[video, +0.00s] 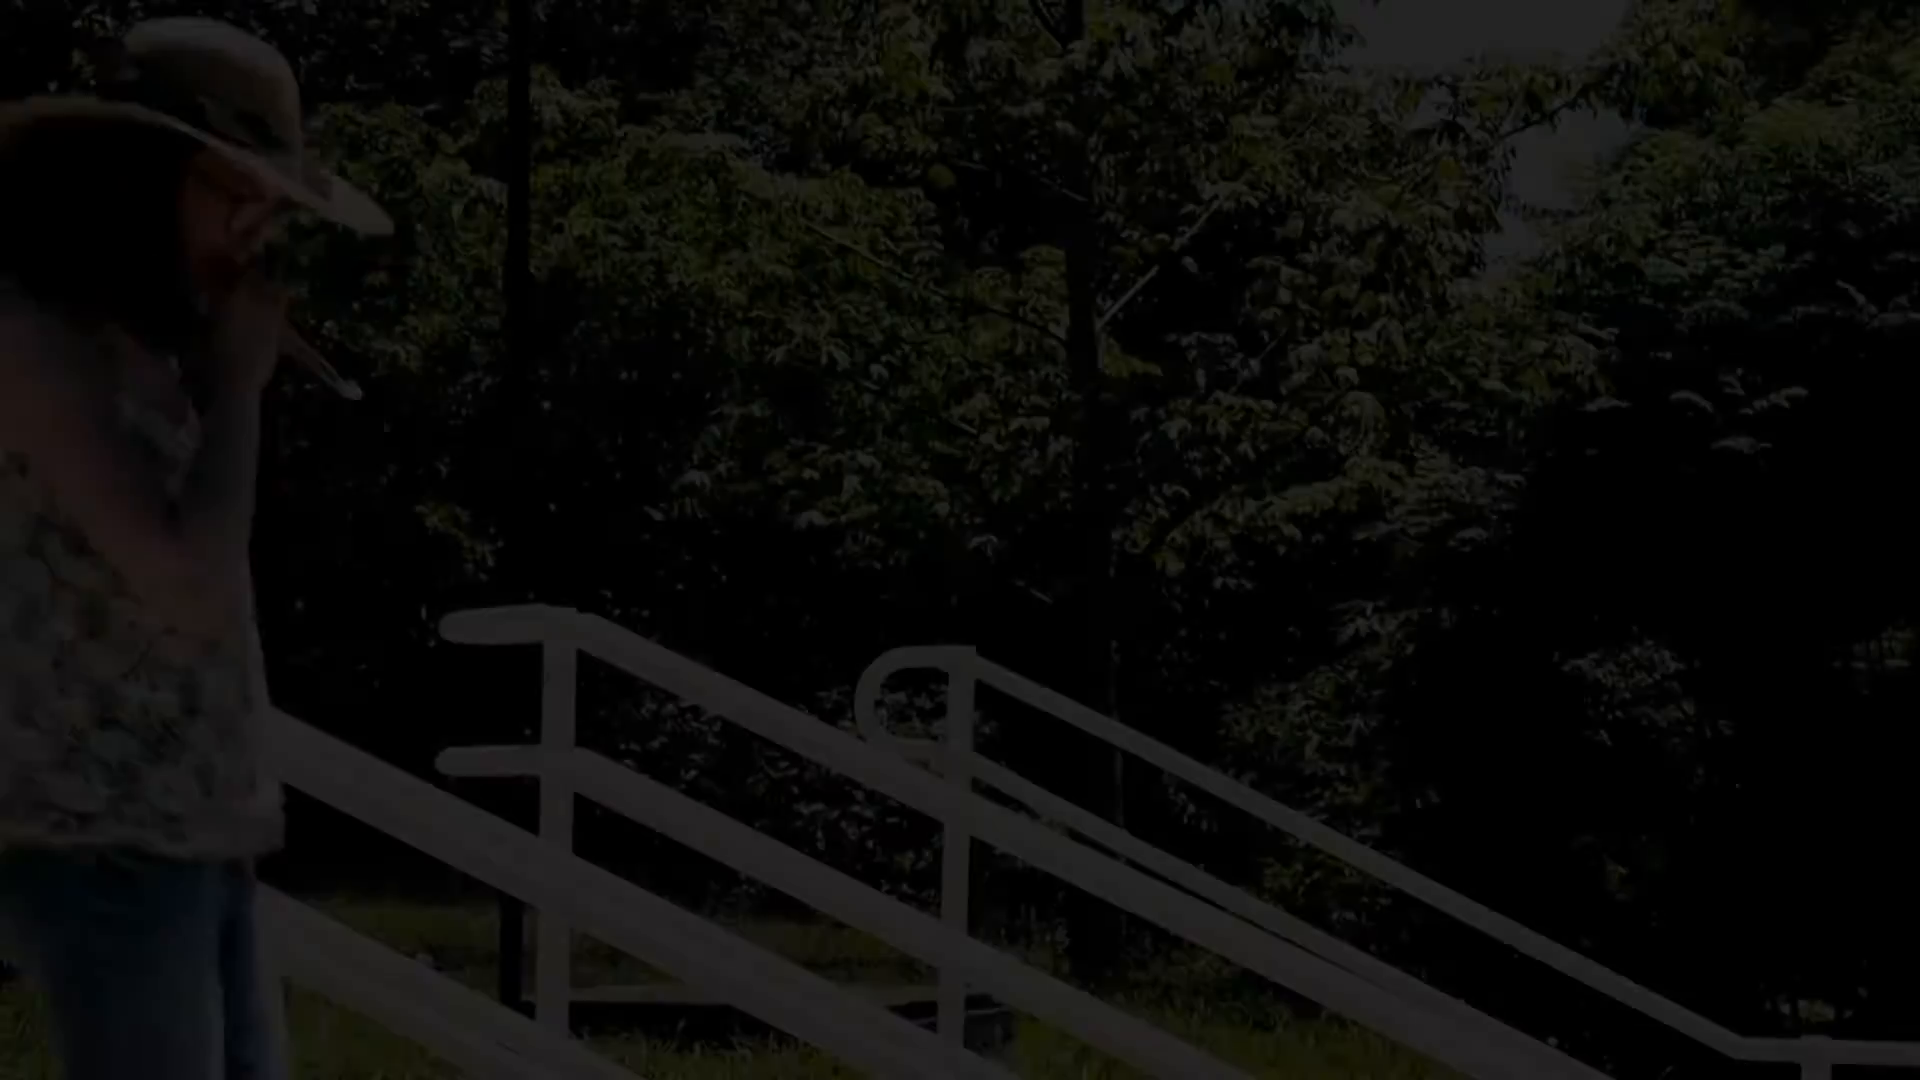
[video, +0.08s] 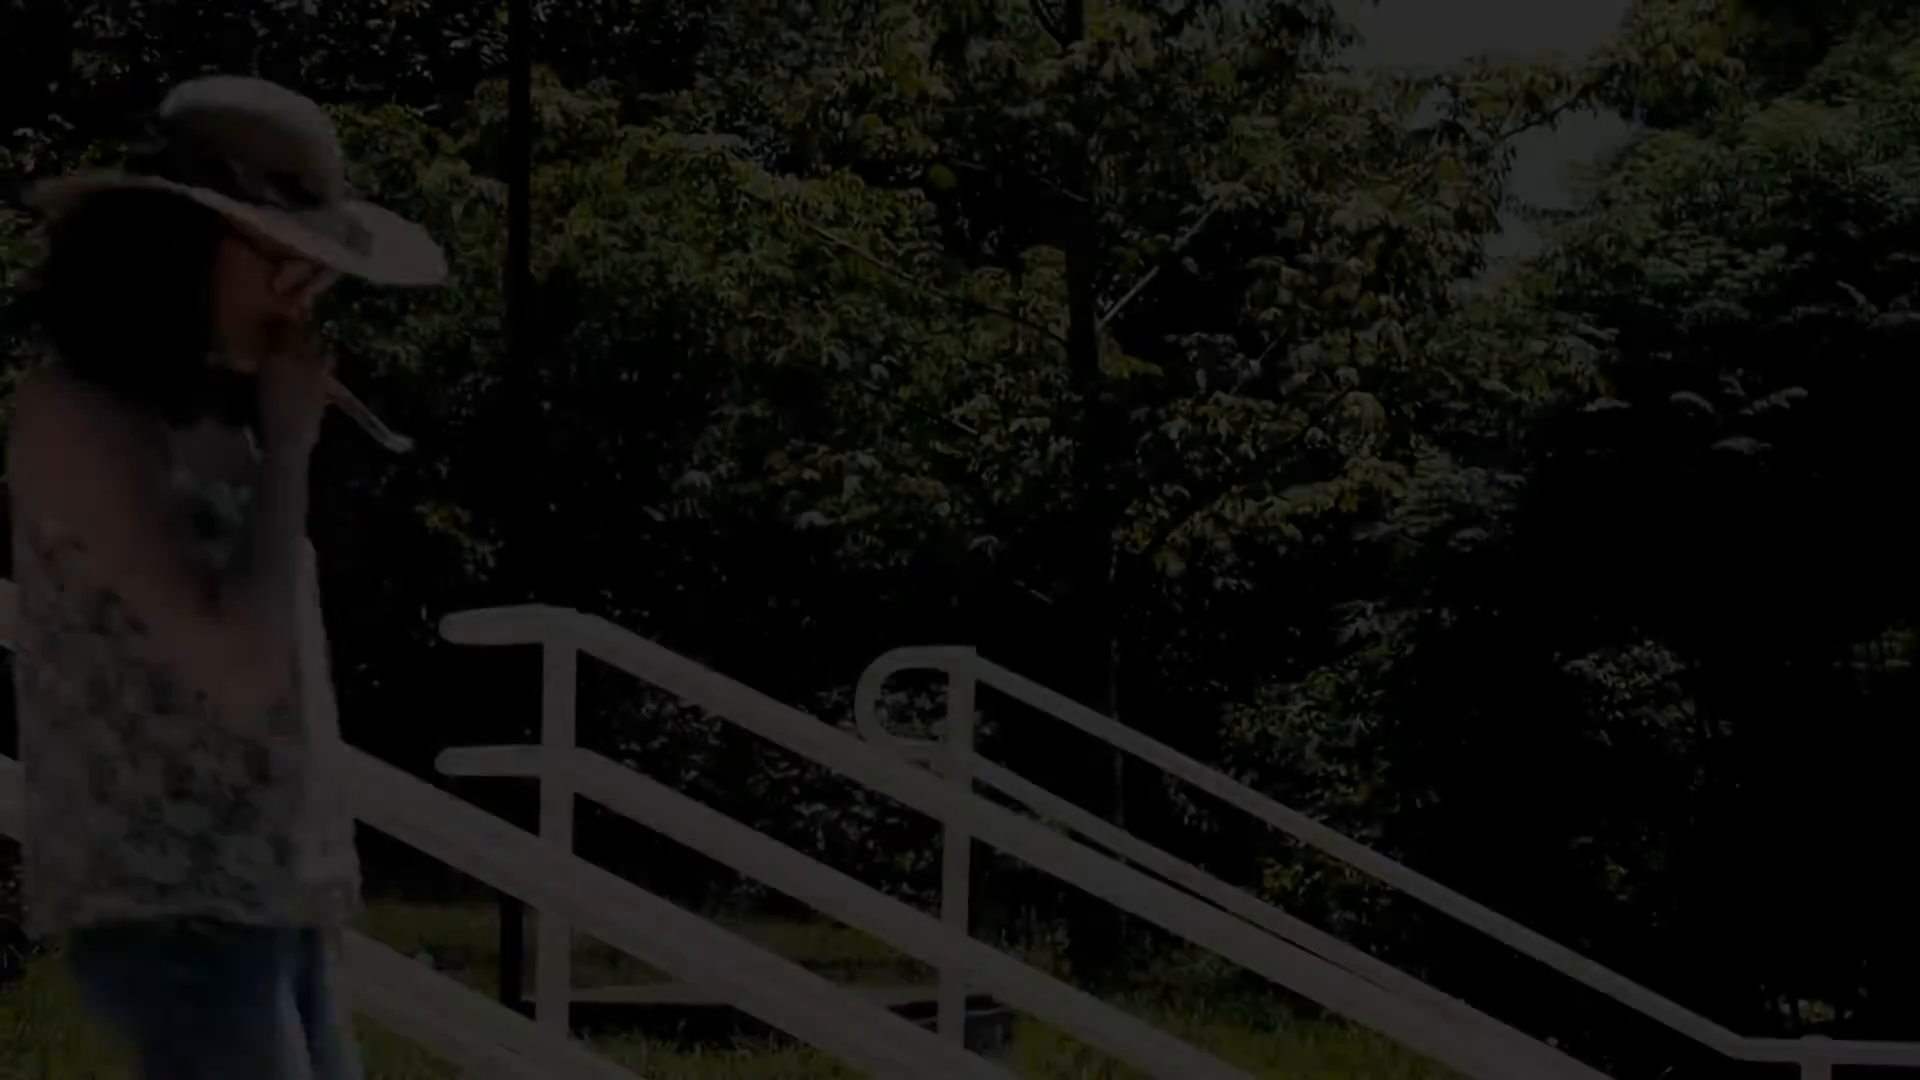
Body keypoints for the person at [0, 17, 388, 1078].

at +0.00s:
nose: (250, 234)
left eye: (264, 209)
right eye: (230, 196)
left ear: (259, 213)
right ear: (148, 183)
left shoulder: (163, 347)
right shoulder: (44, 337)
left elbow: (196, 594)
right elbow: (190, 587)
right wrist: (239, 372)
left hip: (195, 843)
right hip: (107, 851)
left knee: (239, 1059)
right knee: (159, 1063)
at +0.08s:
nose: (298, 298)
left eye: (313, 272)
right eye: (274, 260)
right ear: (181, 249)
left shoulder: (221, 418)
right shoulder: (76, 418)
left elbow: (265, 668)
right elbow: (244, 668)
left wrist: (303, 882)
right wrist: (288, 443)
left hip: (272, 901)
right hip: (175, 917)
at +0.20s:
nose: (370, 335)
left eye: (377, 306)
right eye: (341, 302)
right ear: (246, 298)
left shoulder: (321, 471)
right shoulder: (145, 468)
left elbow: (391, 711)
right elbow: (303, 708)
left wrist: (474, 919)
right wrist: (361, 481)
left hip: (365, 941)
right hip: (254, 956)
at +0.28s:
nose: (418, 315)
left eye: (430, 286)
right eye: (386, 284)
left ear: (441, 292)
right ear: (292, 283)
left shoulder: (380, 448)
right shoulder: (193, 457)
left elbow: (471, 686)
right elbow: (336, 693)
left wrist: (591, 893)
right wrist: (403, 441)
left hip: (416, 938)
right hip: (313, 951)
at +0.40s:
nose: (472, 309)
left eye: (486, 277)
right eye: (434, 280)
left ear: (507, 278)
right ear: (345, 281)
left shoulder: (498, 436)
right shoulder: (261, 454)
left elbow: (591, 672)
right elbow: (381, 695)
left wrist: (725, 853)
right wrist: (446, 449)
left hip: (526, 938)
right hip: (391, 958)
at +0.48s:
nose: (521, 341)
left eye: (535, 308)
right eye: (482, 313)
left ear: (550, 313)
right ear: (391, 317)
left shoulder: (558, 470)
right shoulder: (308, 501)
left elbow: (681, 701)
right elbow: (422, 751)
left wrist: (817, 865)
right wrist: (479, 498)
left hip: (591, 991)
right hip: (441, 1011)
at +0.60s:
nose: (586, 445)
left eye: (604, 414)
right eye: (549, 414)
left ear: (622, 411)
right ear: (462, 413)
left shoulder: (649, 550)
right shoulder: (382, 597)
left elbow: (800, 772)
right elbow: (482, 857)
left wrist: (942, 935)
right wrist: (536, 588)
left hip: (683, 1037)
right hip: (510, 1050)